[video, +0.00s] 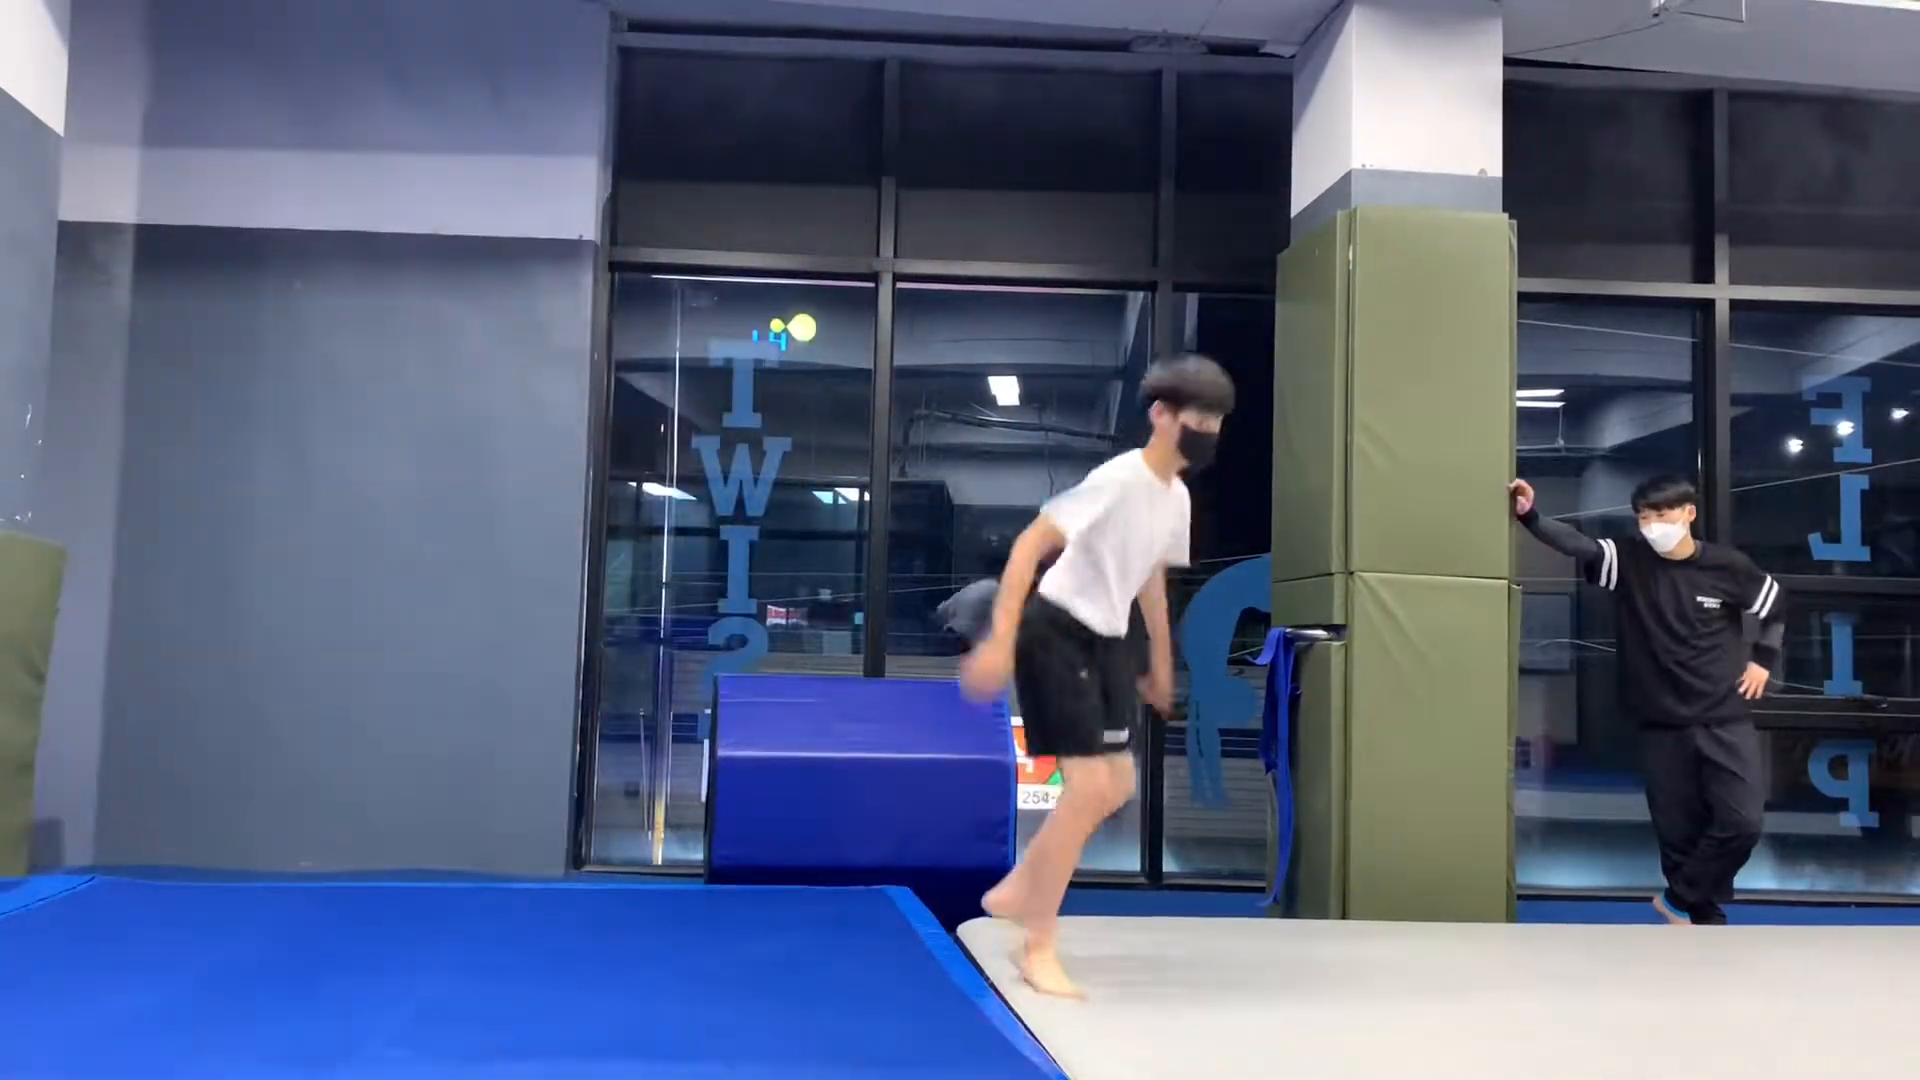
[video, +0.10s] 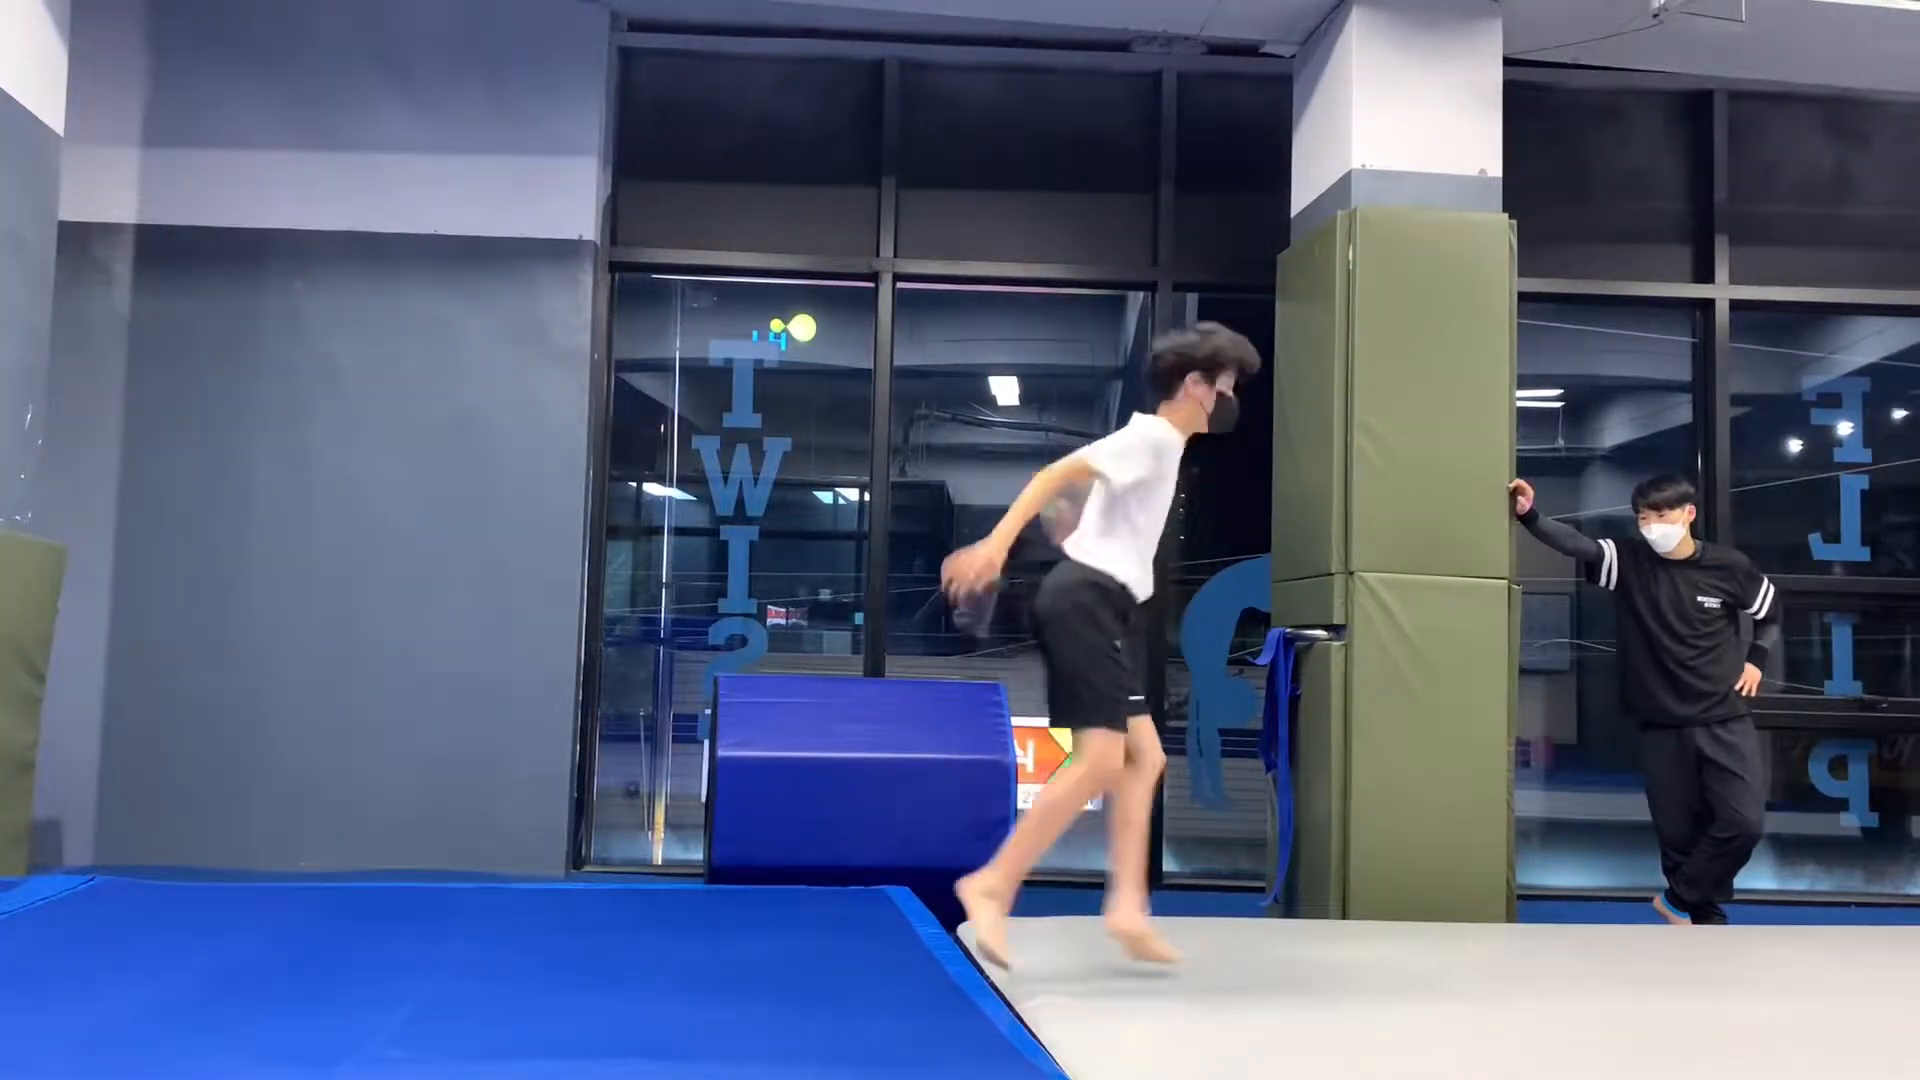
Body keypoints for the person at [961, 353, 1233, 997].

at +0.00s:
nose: (1209, 434)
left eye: (1215, 424)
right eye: (1200, 421)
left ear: (1210, 428)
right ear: (1161, 414)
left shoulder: (1175, 498)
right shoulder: (1119, 480)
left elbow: (1151, 579)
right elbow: (1029, 545)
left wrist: (1160, 659)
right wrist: (999, 642)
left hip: (1105, 638)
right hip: (1055, 629)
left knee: (1117, 784)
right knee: (1087, 785)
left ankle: (1016, 891)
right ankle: (1039, 948)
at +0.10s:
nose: (1226, 400)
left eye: (1228, 389)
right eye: (1222, 387)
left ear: (1185, 386)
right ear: (1191, 383)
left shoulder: (1154, 445)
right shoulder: (1154, 437)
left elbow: (1066, 494)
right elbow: (1055, 478)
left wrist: (1091, 559)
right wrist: (993, 546)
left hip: (1101, 601)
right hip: (1083, 595)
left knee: (1145, 757)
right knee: (1101, 756)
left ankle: (1127, 909)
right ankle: (990, 887)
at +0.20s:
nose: (1216, 406)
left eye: (1216, 395)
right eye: (1216, 395)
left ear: (1160, 389)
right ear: (1203, 396)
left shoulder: (1130, 434)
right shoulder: (1166, 438)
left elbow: (1056, 442)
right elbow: (1092, 458)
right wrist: (1048, 497)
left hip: (1114, 608)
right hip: (1133, 608)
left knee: (1172, 782)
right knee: (1083, 753)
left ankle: (1218, 943)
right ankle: (958, 855)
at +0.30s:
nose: (1201, 431)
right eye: (1200, 424)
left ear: (1133, 429)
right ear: (1198, 426)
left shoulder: (1103, 473)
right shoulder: (1189, 466)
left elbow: (1011, 468)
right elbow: (1178, 501)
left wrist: (932, 442)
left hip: (1106, 635)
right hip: (1155, 635)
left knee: (1176, 815)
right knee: (1117, 783)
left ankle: (1210, 977)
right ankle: (1006, 854)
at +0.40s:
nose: (1110, 455)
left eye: (1111, 447)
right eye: (1127, 445)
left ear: (1115, 448)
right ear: (1172, 447)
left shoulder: (1087, 495)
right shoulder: (1201, 495)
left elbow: (990, 517)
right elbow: (1287, 517)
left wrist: (896, 522)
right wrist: (1380, 534)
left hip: (1091, 663)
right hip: (1152, 661)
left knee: (1173, 827)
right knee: (1192, 828)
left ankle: (1208, 976)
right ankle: (1120, 894)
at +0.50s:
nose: (1063, 471)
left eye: (1063, 460)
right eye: (1065, 461)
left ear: (1080, 457)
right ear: (1124, 453)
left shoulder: (1057, 511)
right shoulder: (1184, 498)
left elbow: (961, 552)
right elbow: (1276, 506)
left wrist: (856, 576)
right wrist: (1361, 508)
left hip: (1095, 669)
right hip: (1166, 663)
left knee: (1169, 825)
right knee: (1221, 818)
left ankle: (1211, 972)